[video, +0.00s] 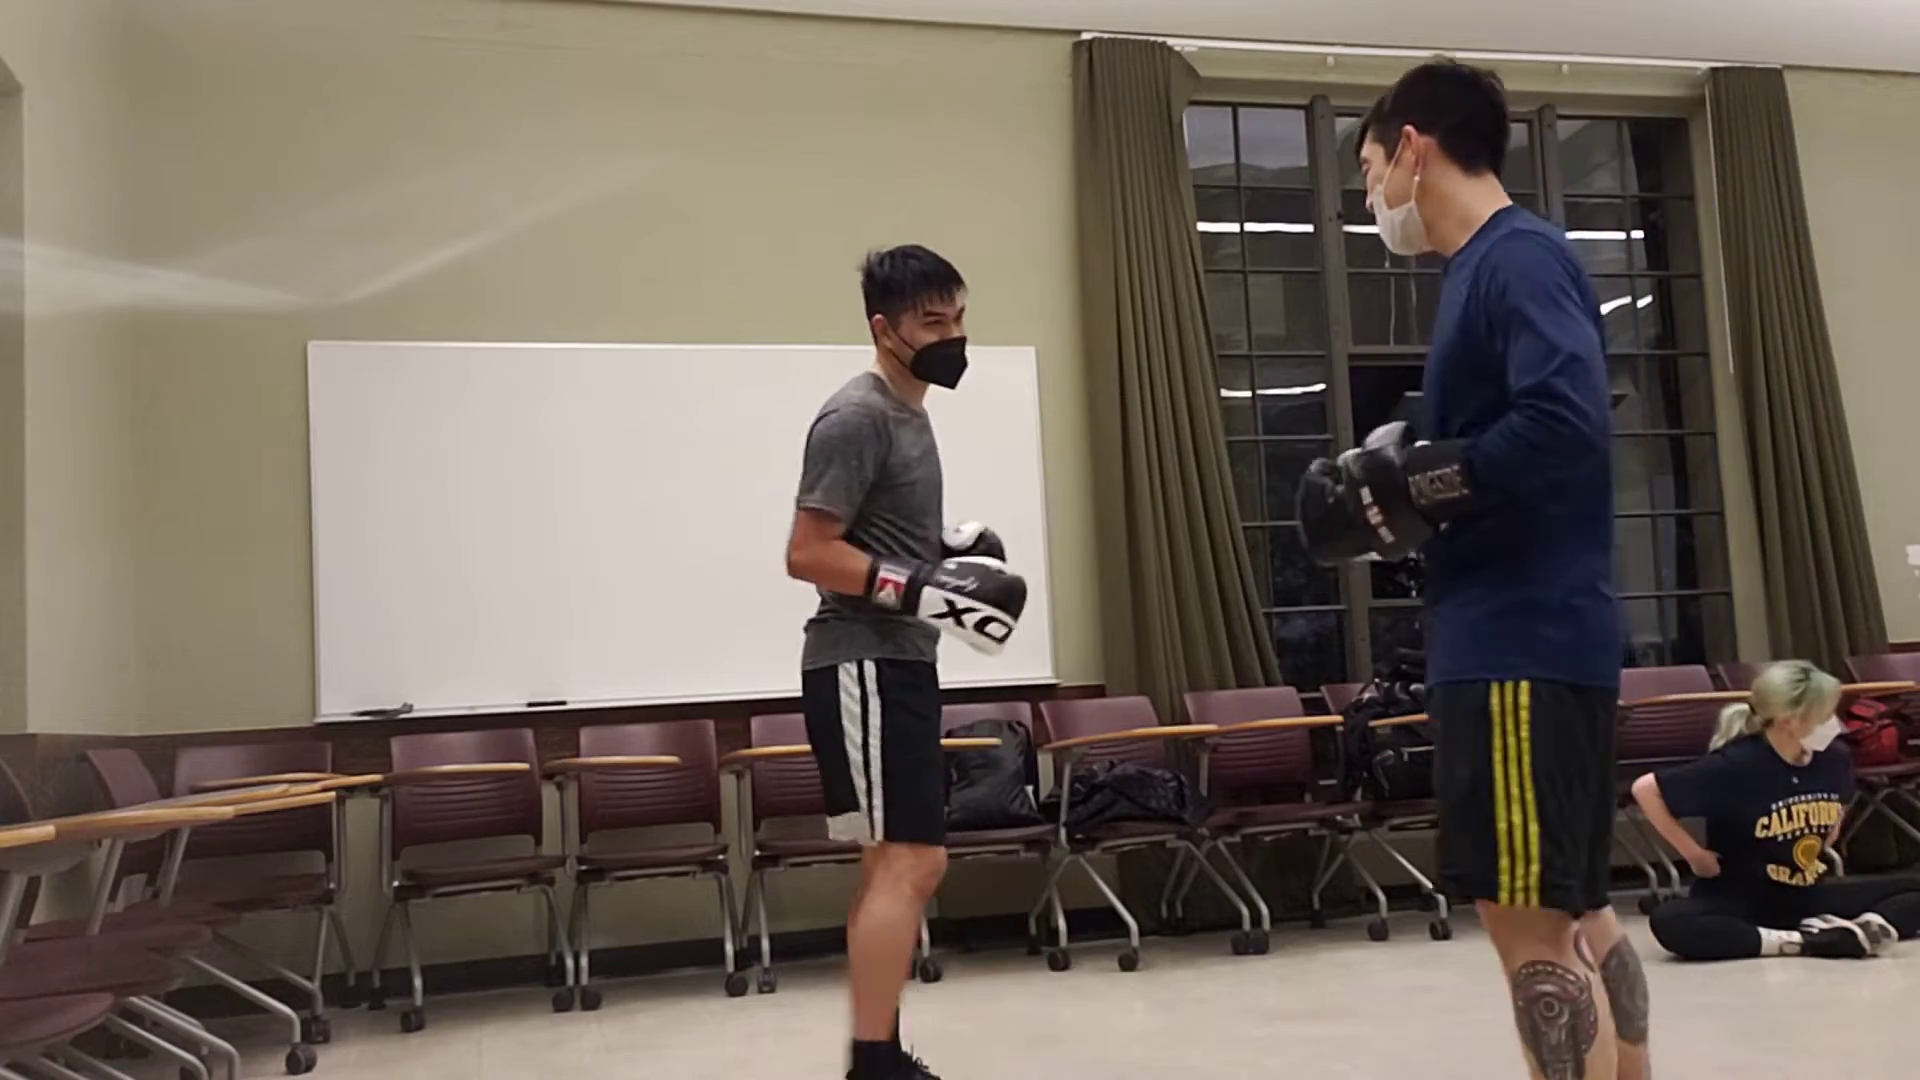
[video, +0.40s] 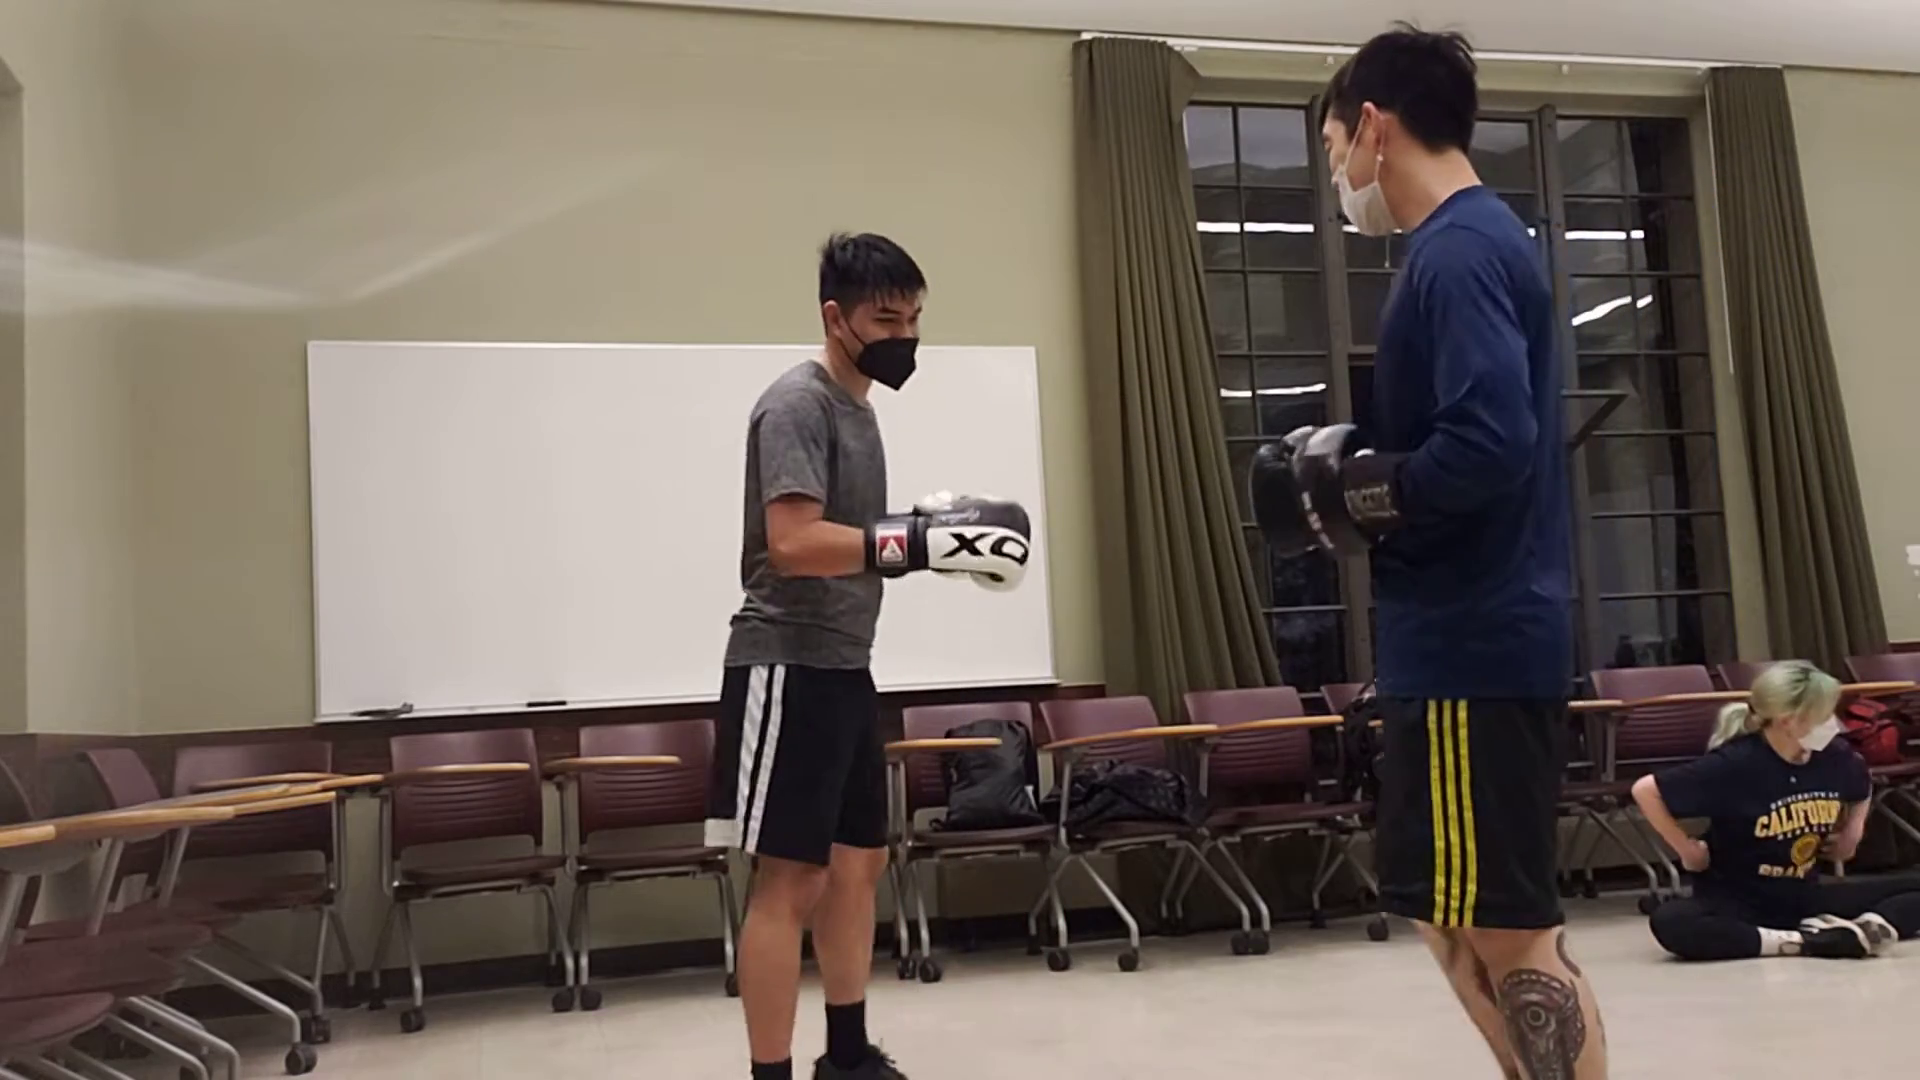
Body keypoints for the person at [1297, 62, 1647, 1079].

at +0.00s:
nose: (1372, 200)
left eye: (1370, 173)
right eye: (1367, 179)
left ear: (1414, 149)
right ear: (1441, 154)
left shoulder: (1518, 256)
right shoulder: (1492, 266)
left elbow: (1565, 424)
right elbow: (1516, 443)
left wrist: (1420, 480)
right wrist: (1397, 499)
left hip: (1521, 649)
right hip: (1525, 645)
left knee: (1521, 914)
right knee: (1577, 910)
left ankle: (1583, 1079)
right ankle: (1625, 1074)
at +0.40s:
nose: (1342, 180)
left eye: (1337, 152)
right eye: (1335, 157)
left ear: (1376, 129)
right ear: (1424, 127)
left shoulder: (1461, 254)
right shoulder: (1475, 242)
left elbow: (1491, 448)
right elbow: (1476, 443)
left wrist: (1356, 485)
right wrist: (1355, 465)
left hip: (1479, 656)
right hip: (1451, 652)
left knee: (1510, 936)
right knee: (1451, 922)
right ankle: (1546, 1076)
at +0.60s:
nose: (1300, 181)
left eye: (1296, 152)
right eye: (1296, 157)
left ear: (1333, 134)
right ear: (1396, 133)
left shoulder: (1418, 251)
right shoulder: (1444, 240)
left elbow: (1476, 444)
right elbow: (1465, 445)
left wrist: (1337, 513)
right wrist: (1334, 493)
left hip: (1450, 655)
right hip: (1420, 649)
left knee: (1505, 927)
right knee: (1359, 859)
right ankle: (1432, 1073)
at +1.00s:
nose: (1207, 221)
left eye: (1207, 198)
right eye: (1205, 201)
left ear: (1239, 187)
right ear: (1296, 186)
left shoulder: (1314, 288)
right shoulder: (1331, 282)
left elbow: (1362, 458)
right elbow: (1328, 465)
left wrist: (1234, 519)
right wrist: (1216, 533)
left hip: (1332, 668)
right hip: (1324, 665)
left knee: (1358, 936)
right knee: (1348, 933)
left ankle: (1492, 1066)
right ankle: (1363, 1074)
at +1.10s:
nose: (1178, 238)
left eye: (1175, 215)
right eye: (1176, 217)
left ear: (1205, 201)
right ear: (1277, 203)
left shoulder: (1276, 303)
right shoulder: (1325, 299)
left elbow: (1309, 471)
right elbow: (1325, 490)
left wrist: (1175, 516)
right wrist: (1204, 550)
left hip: (1289, 671)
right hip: (1350, 667)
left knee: (1241, 925)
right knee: (1353, 919)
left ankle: (1407, 1057)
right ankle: (1373, 1073)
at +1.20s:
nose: (1151, 248)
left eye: (1148, 226)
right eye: (1146, 230)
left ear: (1176, 210)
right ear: (1246, 211)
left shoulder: (1236, 301)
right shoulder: (1294, 307)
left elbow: (1233, 468)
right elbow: (1276, 516)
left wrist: (1132, 481)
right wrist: (1158, 555)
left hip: (1261, 661)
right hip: (1336, 659)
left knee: (1164, 901)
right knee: (1334, 902)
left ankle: (1324, 1060)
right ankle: (1364, 1079)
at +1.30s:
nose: (1119, 254)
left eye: (1117, 234)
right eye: (1115, 237)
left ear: (1147, 216)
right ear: (1217, 217)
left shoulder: (1192, 307)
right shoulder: (1273, 319)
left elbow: (1108, 471)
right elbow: (1260, 520)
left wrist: (1046, 445)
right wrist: (1137, 537)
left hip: (1222, 664)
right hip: (1310, 663)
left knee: (1112, 895)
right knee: (1321, 907)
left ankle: (1197, 1069)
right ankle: (1363, 1073)